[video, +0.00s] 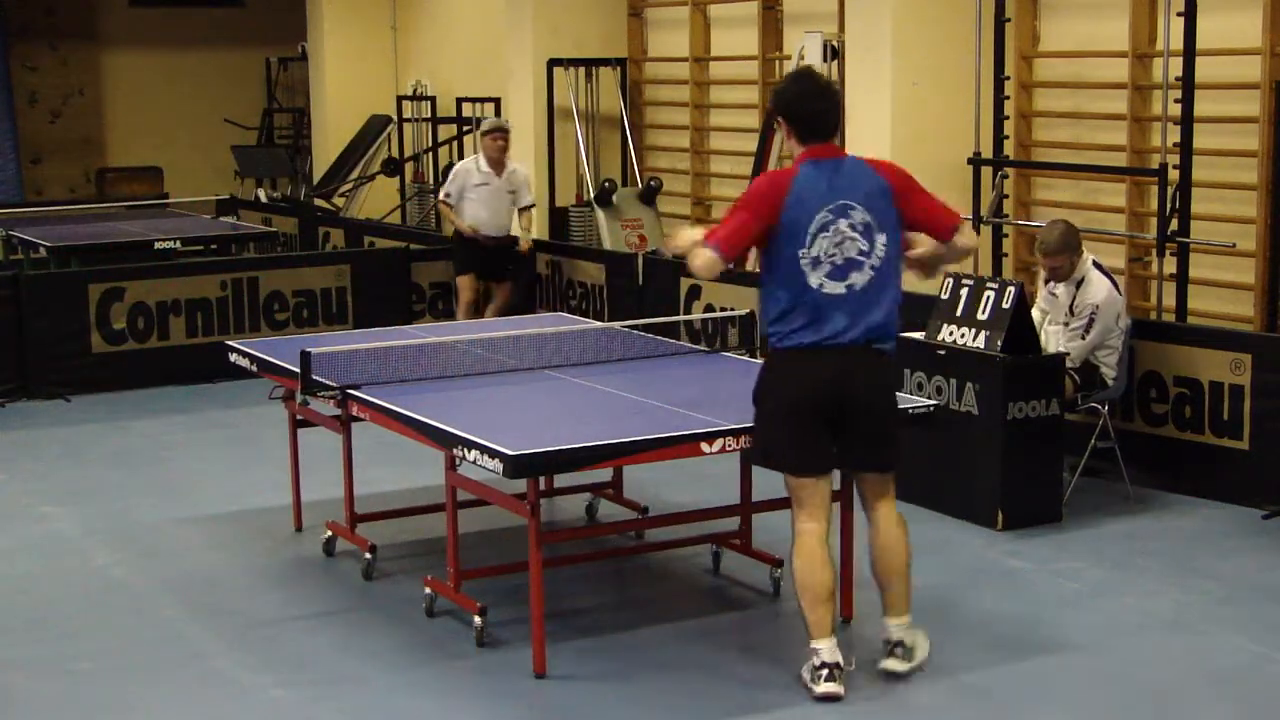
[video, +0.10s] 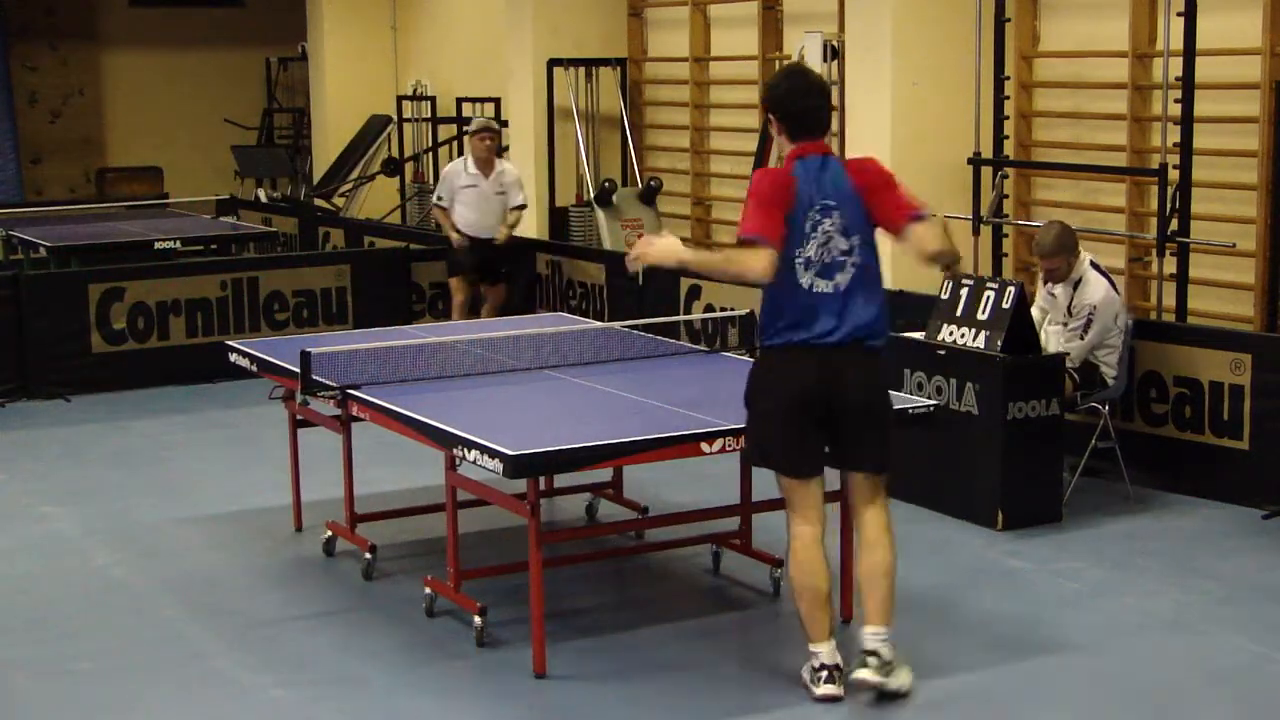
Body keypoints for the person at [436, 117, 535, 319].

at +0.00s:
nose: (500, 144)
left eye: (504, 139)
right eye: (494, 139)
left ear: (508, 143)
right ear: (482, 142)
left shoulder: (517, 174)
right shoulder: (464, 169)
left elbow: (524, 208)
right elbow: (443, 202)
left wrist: (525, 235)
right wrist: (460, 225)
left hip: (501, 242)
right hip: (469, 239)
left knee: (503, 295)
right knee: (468, 296)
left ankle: (483, 336)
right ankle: (464, 342)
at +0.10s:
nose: (488, 144)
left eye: (492, 139)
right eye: (482, 139)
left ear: (497, 143)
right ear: (470, 141)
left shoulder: (508, 171)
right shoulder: (453, 171)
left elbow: (517, 206)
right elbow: (437, 206)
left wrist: (507, 227)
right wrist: (452, 233)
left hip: (495, 243)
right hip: (463, 242)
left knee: (496, 297)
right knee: (461, 298)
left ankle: (481, 341)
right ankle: (458, 344)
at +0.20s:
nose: (478, 142)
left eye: (482, 137)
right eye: (472, 137)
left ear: (487, 140)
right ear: (461, 140)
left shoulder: (500, 169)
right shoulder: (443, 170)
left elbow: (506, 209)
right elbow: (432, 206)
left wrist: (488, 224)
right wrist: (445, 234)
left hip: (489, 242)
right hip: (457, 243)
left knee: (494, 298)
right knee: (457, 301)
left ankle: (487, 346)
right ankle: (455, 346)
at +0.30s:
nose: (471, 138)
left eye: (475, 134)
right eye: (465, 133)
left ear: (482, 138)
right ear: (454, 136)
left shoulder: (493, 166)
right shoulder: (438, 165)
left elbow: (501, 205)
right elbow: (426, 202)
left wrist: (485, 223)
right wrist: (443, 224)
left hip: (485, 238)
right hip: (453, 239)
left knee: (494, 295)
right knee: (456, 299)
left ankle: (487, 344)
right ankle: (456, 348)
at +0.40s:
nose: (463, 135)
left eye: (468, 130)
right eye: (458, 131)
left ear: (475, 134)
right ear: (448, 134)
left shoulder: (488, 165)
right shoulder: (431, 163)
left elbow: (499, 202)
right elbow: (419, 200)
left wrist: (491, 227)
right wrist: (434, 200)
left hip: (482, 237)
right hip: (447, 239)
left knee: (492, 301)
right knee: (455, 302)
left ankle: (489, 347)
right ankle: (456, 347)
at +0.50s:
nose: (459, 134)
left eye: (464, 129)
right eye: (454, 130)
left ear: (470, 134)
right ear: (444, 134)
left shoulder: (484, 164)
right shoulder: (427, 162)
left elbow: (499, 204)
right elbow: (417, 202)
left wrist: (500, 236)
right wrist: (434, 179)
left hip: (479, 239)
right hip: (445, 241)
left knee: (487, 303)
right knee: (453, 305)